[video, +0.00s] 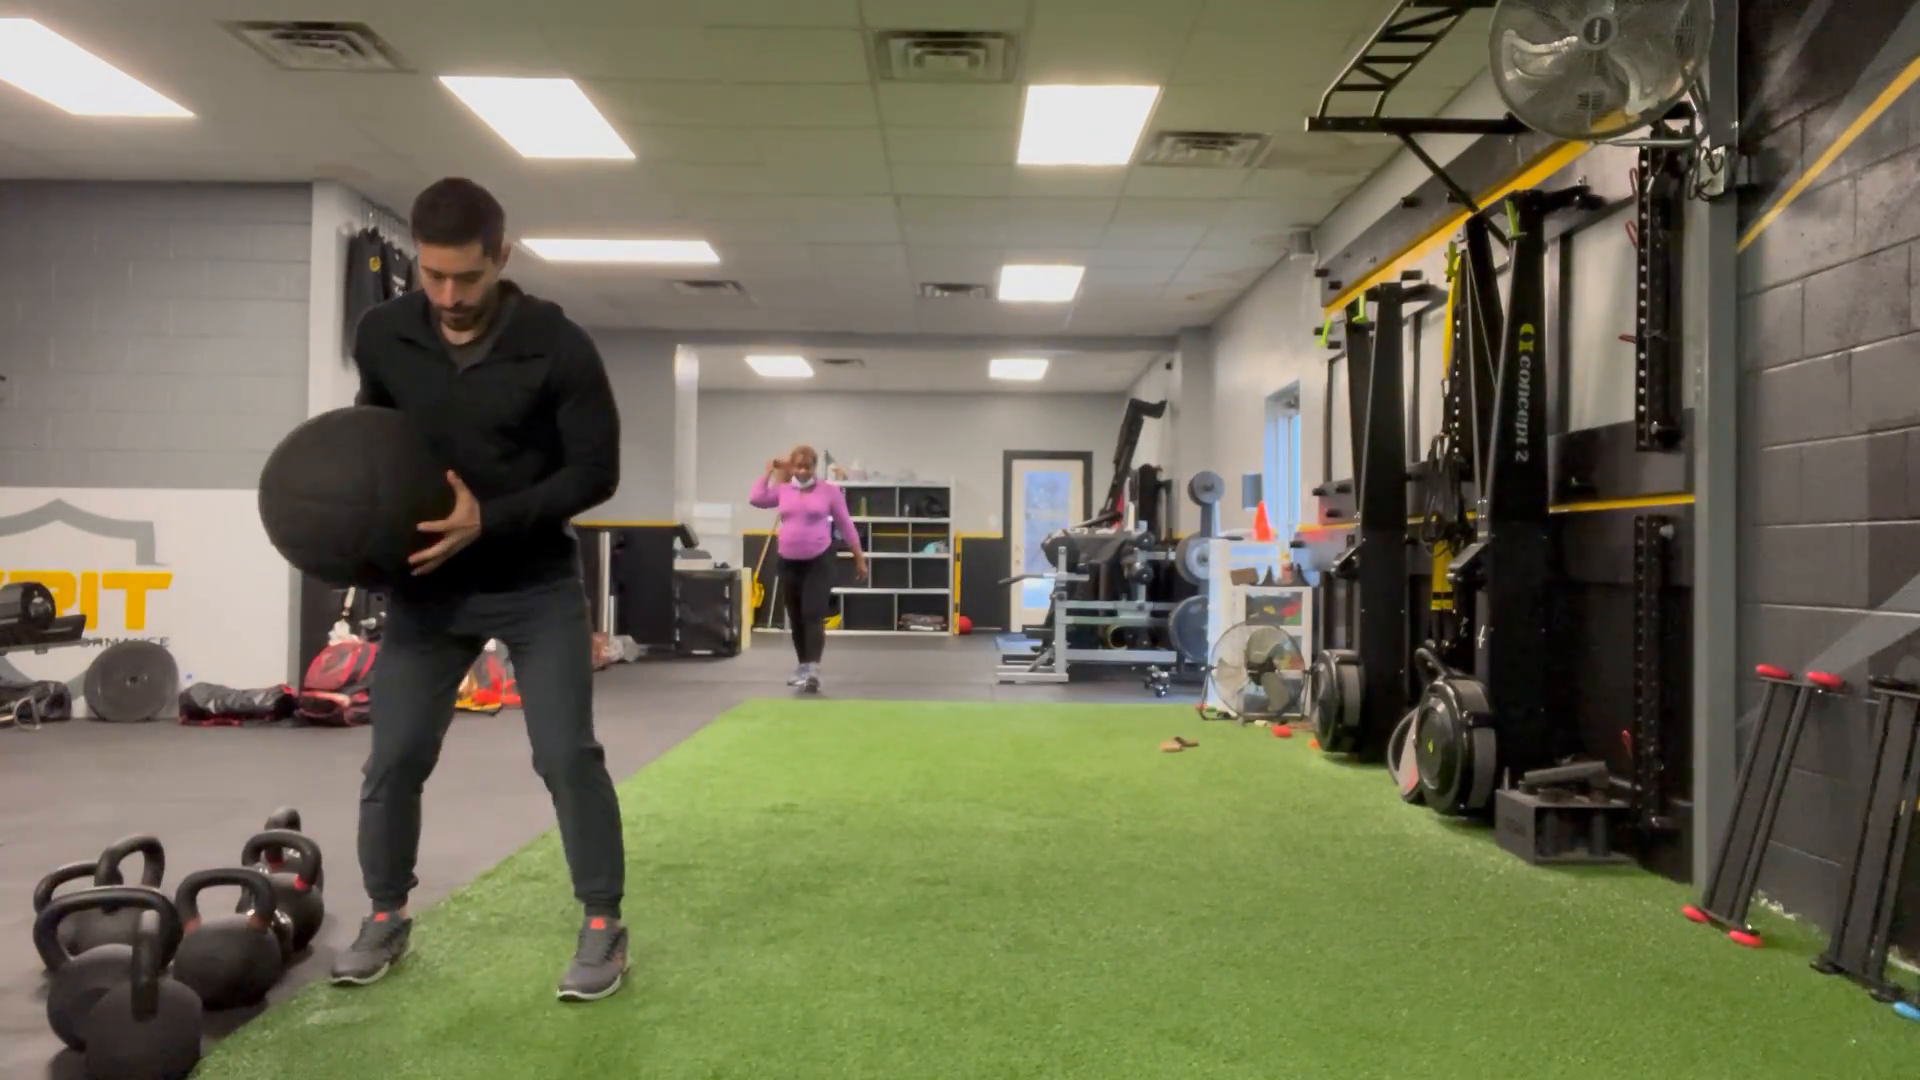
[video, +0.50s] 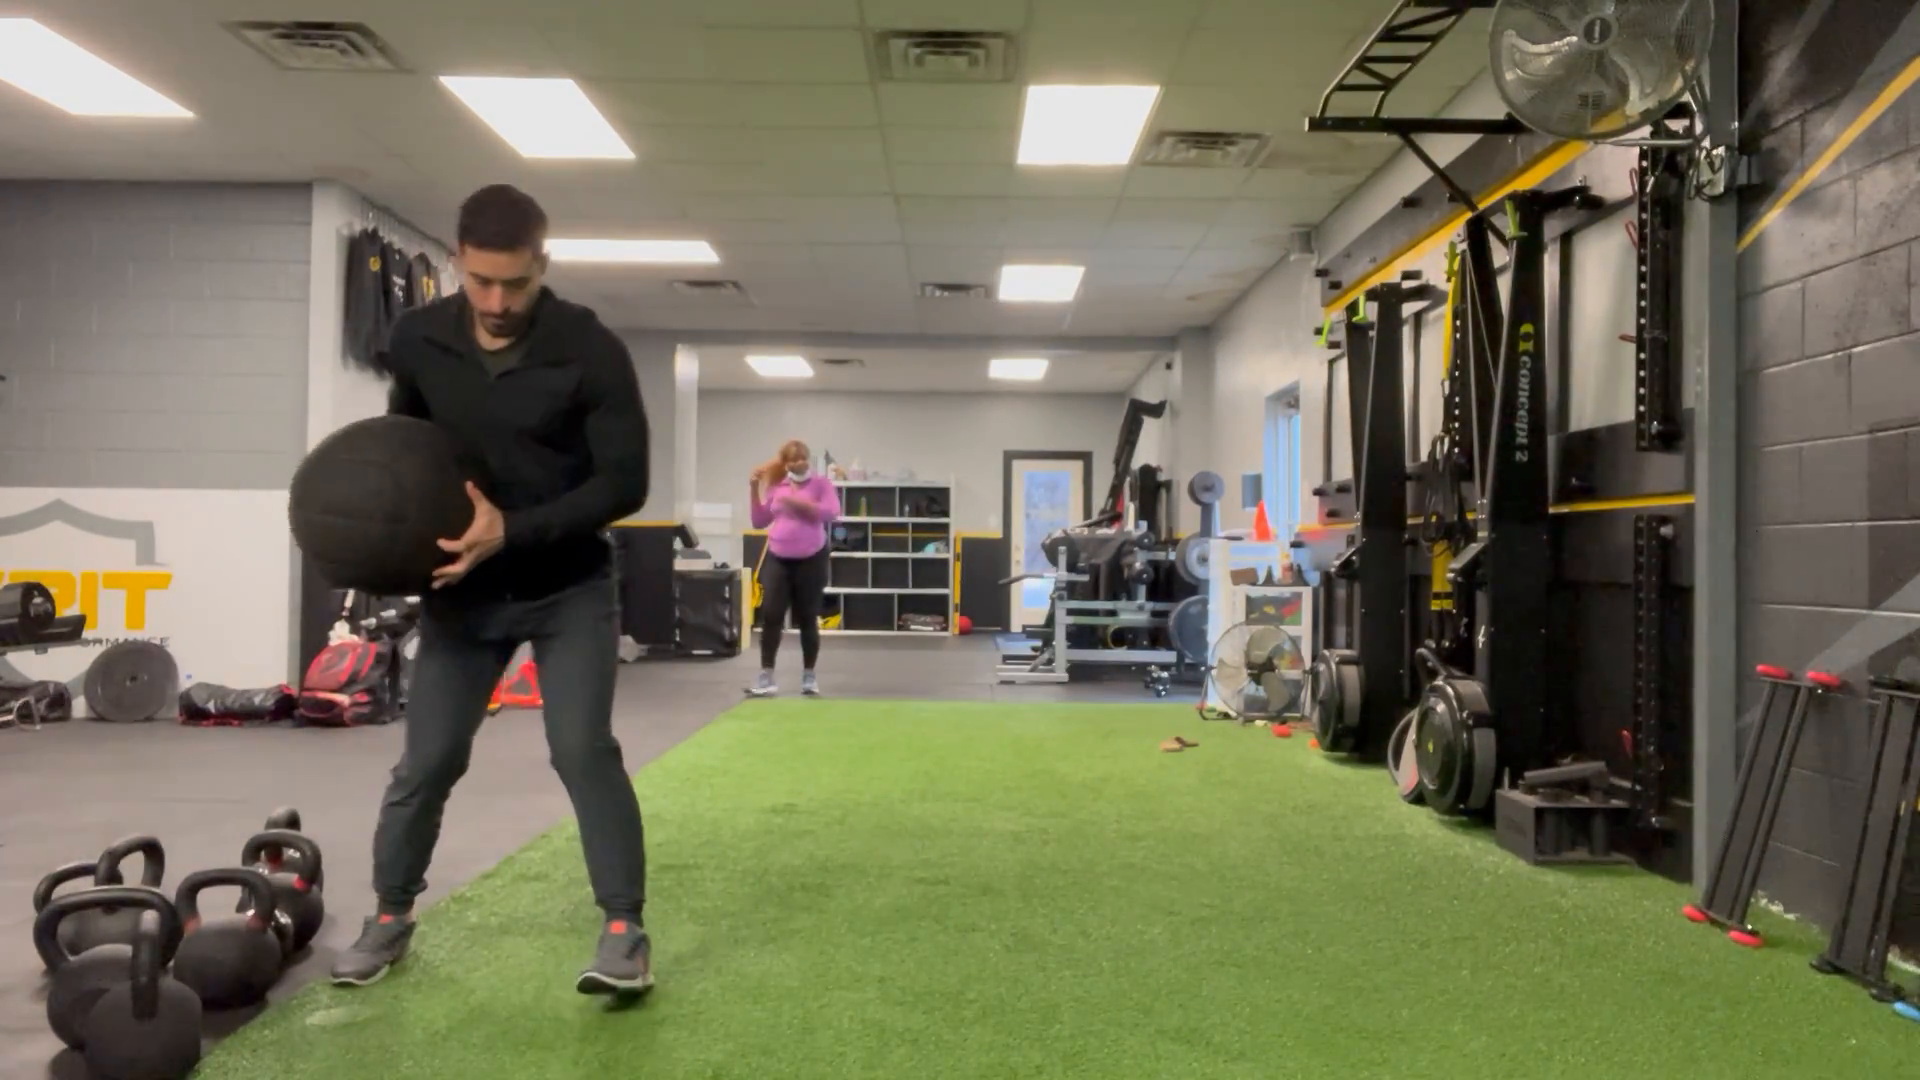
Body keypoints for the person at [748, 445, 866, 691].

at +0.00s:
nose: (801, 471)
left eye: (805, 466)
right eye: (797, 466)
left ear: (814, 467)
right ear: (790, 467)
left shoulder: (829, 491)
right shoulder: (783, 490)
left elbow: (846, 524)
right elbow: (756, 498)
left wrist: (859, 557)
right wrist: (768, 472)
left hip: (818, 559)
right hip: (789, 560)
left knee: (812, 612)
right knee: (796, 614)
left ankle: (813, 667)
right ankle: (802, 665)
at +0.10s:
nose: (801, 470)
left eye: (805, 465)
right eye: (797, 465)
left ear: (813, 467)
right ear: (790, 467)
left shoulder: (828, 491)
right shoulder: (783, 491)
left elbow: (845, 524)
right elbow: (755, 503)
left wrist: (857, 558)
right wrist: (766, 474)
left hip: (817, 560)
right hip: (787, 561)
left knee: (812, 614)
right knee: (793, 614)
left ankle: (811, 671)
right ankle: (801, 663)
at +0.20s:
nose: (801, 467)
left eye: (806, 462)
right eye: (797, 463)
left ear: (813, 464)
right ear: (790, 465)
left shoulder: (829, 490)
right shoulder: (783, 491)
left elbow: (845, 524)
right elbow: (755, 508)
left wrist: (852, 556)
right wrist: (764, 475)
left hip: (817, 559)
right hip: (787, 560)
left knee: (813, 616)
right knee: (785, 619)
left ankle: (811, 672)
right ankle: (797, 656)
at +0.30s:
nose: (801, 465)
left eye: (805, 460)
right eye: (797, 461)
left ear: (813, 462)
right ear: (789, 464)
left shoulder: (829, 489)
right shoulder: (782, 489)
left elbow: (845, 523)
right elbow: (756, 512)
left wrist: (840, 547)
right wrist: (760, 477)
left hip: (815, 559)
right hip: (783, 559)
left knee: (813, 616)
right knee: (775, 614)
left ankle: (810, 674)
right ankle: (792, 652)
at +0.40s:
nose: (801, 463)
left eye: (805, 459)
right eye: (796, 459)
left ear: (811, 460)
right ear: (787, 462)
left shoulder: (826, 486)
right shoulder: (781, 488)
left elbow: (843, 520)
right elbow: (759, 517)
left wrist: (821, 524)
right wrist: (757, 485)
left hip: (813, 556)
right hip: (780, 556)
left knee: (809, 616)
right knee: (771, 611)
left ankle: (809, 674)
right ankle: (781, 663)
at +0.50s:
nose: (799, 463)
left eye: (803, 458)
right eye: (793, 460)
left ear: (809, 459)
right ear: (784, 463)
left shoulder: (821, 484)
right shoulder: (779, 488)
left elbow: (832, 512)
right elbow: (759, 521)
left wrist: (800, 503)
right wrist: (754, 488)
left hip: (811, 557)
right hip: (778, 557)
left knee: (808, 617)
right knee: (771, 614)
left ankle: (809, 675)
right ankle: (766, 675)